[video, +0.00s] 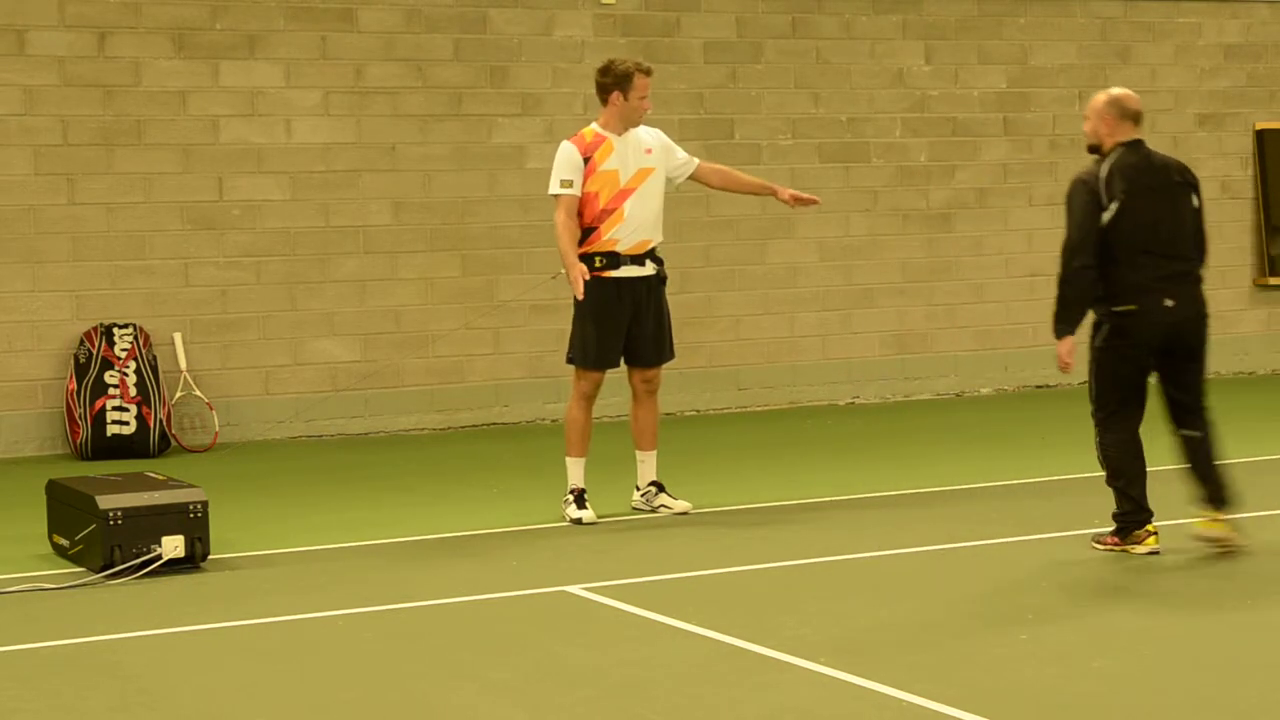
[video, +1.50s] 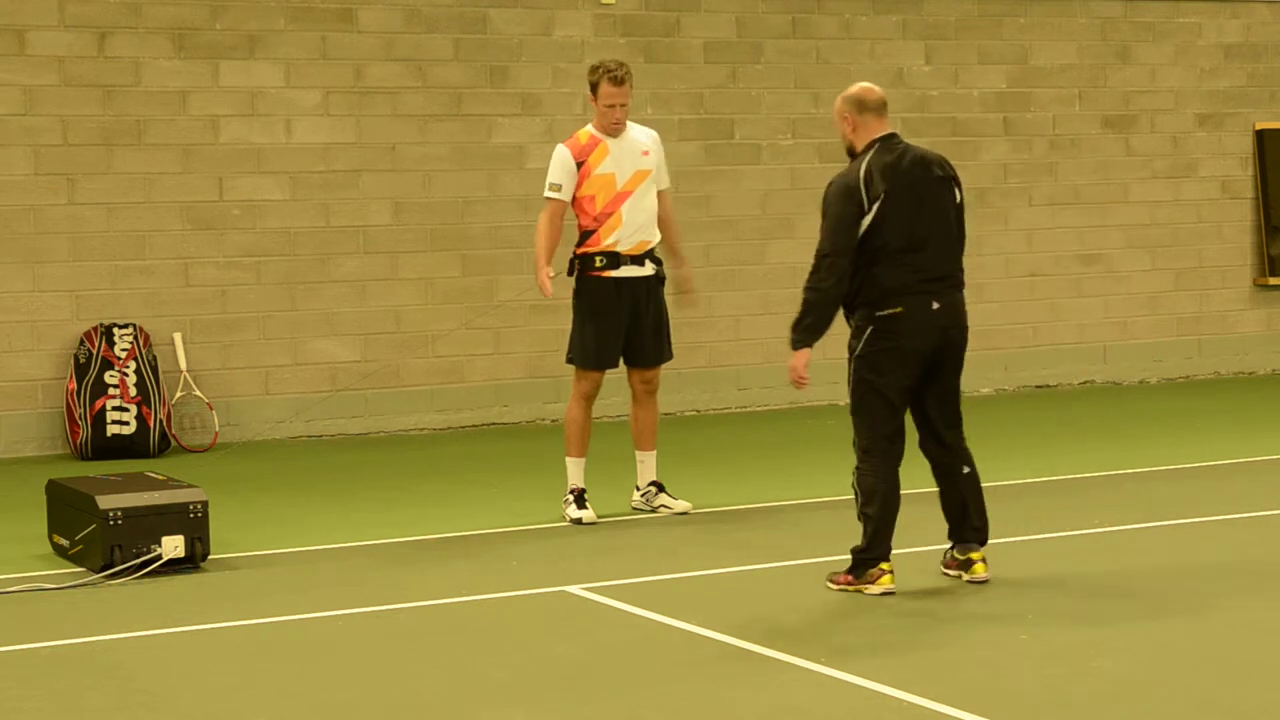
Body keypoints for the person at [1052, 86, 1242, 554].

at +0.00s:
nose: (1084, 128)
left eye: (1090, 119)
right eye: (1086, 119)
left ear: (1110, 123)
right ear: (1131, 123)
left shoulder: (1093, 182)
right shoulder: (1180, 173)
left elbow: (1080, 260)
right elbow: (1196, 250)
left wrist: (1065, 328)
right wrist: (1173, 289)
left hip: (1125, 320)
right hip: (1185, 313)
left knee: (1116, 420)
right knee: (1190, 412)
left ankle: (1134, 526)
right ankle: (1218, 507)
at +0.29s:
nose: (1047, 133)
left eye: (1049, 124)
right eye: (1048, 124)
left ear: (1066, 124)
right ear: (1096, 122)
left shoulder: (1052, 180)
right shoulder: (1142, 176)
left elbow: (1043, 257)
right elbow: (1150, 253)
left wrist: (1033, 327)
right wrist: (1117, 287)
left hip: (1073, 321)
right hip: (1133, 320)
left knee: (1051, 405)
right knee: (1106, 420)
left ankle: (1092, 510)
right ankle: (1081, 533)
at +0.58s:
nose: (1003, 120)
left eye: (1006, 111)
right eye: (1005, 110)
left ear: (1019, 112)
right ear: (1051, 111)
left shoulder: (999, 170)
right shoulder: (1095, 168)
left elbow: (981, 245)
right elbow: (1117, 247)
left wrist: (961, 314)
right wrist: (1130, 312)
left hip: (1014, 317)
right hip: (1079, 319)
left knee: (973, 414)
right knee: (1076, 428)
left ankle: (950, 528)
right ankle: (1079, 540)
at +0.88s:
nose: (923, 135)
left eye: (925, 126)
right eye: (925, 125)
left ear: (938, 128)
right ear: (971, 127)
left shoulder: (917, 189)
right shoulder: (1009, 184)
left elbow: (895, 266)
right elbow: (1046, 253)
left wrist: (876, 333)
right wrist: (1078, 314)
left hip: (927, 337)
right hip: (991, 335)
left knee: (895, 446)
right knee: (1025, 438)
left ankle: (872, 559)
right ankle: (1071, 541)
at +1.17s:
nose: (845, 135)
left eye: (845, 127)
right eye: (845, 126)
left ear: (854, 125)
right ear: (891, 118)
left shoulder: (854, 185)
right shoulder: (944, 167)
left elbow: (835, 266)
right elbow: (970, 244)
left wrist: (807, 342)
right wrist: (942, 285)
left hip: (888, 326)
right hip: (951, 317)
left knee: (870, 442)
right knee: (963, 430)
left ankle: (871, 560)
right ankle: (1004, 542)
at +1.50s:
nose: (838, 133)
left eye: (838, 124)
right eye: (838, 124)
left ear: (849, 121)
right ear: (886, 116)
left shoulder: (850, 184)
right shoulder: (939, 167)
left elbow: (832, 267)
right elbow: (953, 246)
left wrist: (803, 339)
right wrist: (931, 301)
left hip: (886, 329)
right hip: (947, 321)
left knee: (877, 449)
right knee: (946, 437)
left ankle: (872, 564)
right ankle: (970, 550)